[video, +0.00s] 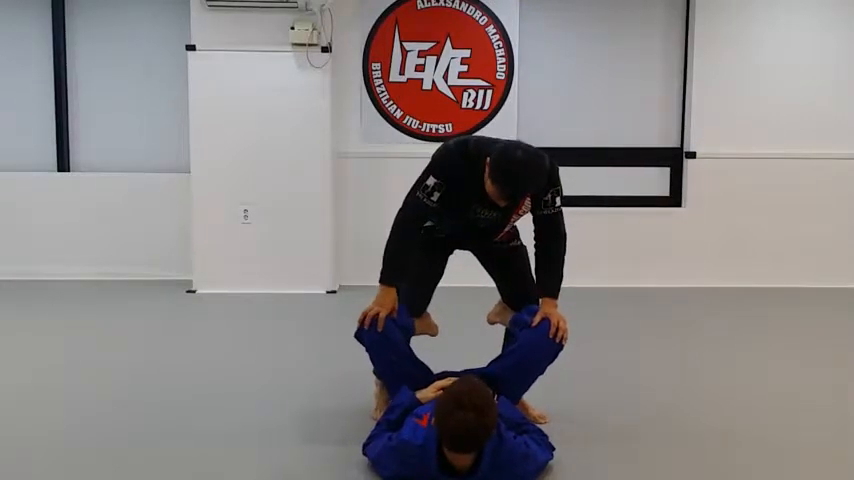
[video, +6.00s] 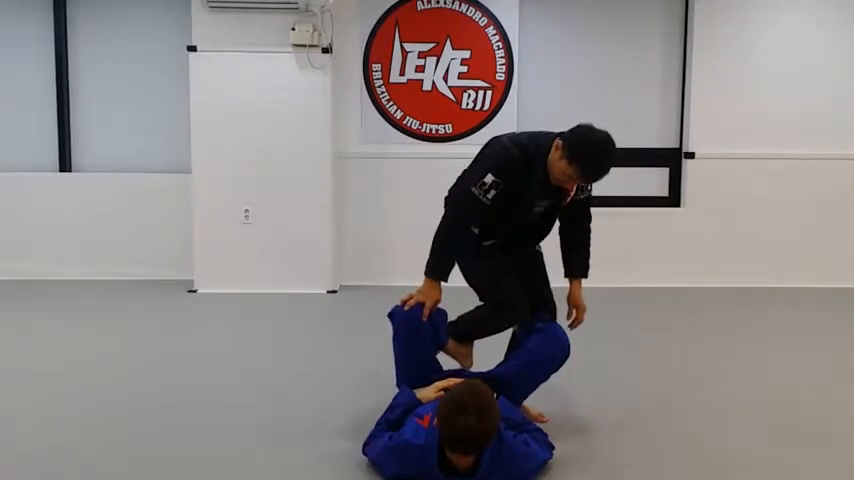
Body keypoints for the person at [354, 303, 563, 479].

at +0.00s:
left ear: (435, 418)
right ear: (495, 419)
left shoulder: (407, 450)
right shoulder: (515, 456)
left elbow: (373, 444)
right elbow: (541, 443)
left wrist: (413, 398)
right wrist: (505, 403)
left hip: (424, 394)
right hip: (492, 393)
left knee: (375, 325)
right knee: (548, 328)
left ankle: (416, 320)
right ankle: (508, 313)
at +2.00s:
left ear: (435, 421)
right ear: (495, 419)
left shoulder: (408, 451)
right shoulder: (515, 456)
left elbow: (373, 444)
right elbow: (539, 441)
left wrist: (414, 398)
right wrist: (507, 403)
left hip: (424, 395)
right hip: (492, 393)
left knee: (370, 329)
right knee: (548, 331)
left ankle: (431, 336)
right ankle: (508, 312)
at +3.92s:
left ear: (438, 422)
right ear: (496, 426)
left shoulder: (408, 451)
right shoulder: (515, 457)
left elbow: (374, 444)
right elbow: (541, 444)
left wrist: (412, 397)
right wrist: (519, 413)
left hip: (429, 390)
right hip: (497, 395)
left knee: (398, 318)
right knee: (563, 349)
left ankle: (451, 315)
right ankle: (515, 316)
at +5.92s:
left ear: (437, 423)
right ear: (496, 425)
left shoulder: (405, 453)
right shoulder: (516, 456)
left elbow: (374, 443)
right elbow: (540, 441)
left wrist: (414, 397)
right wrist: (504, 403)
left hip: (426, 393)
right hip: (496, 394)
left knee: (404, 316)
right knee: (555, 339)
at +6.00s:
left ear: (438, 423)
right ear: (496, 426)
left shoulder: (405, 453)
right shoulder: (516, 456)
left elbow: (374, 443)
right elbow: (540, 441)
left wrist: (414, 396)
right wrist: (505, 403)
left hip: (426, 393)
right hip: (496, 395)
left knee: (409, 314)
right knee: (556, 340)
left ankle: (448, 338)